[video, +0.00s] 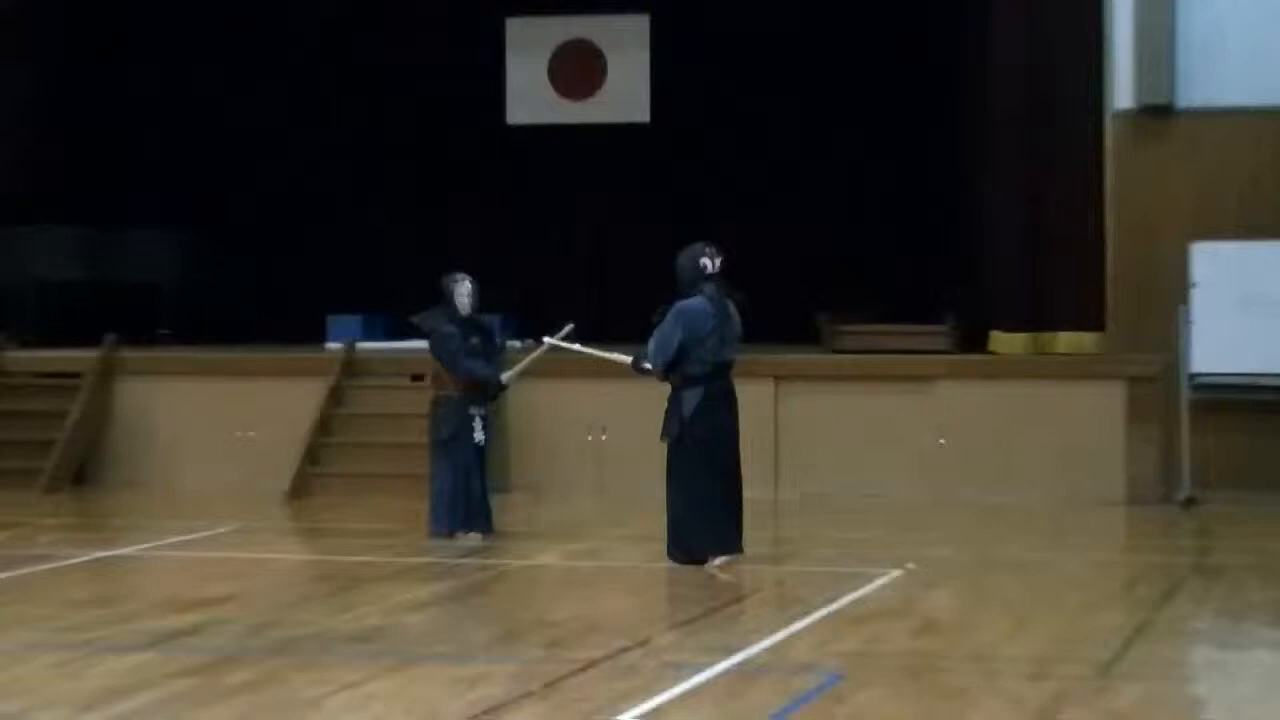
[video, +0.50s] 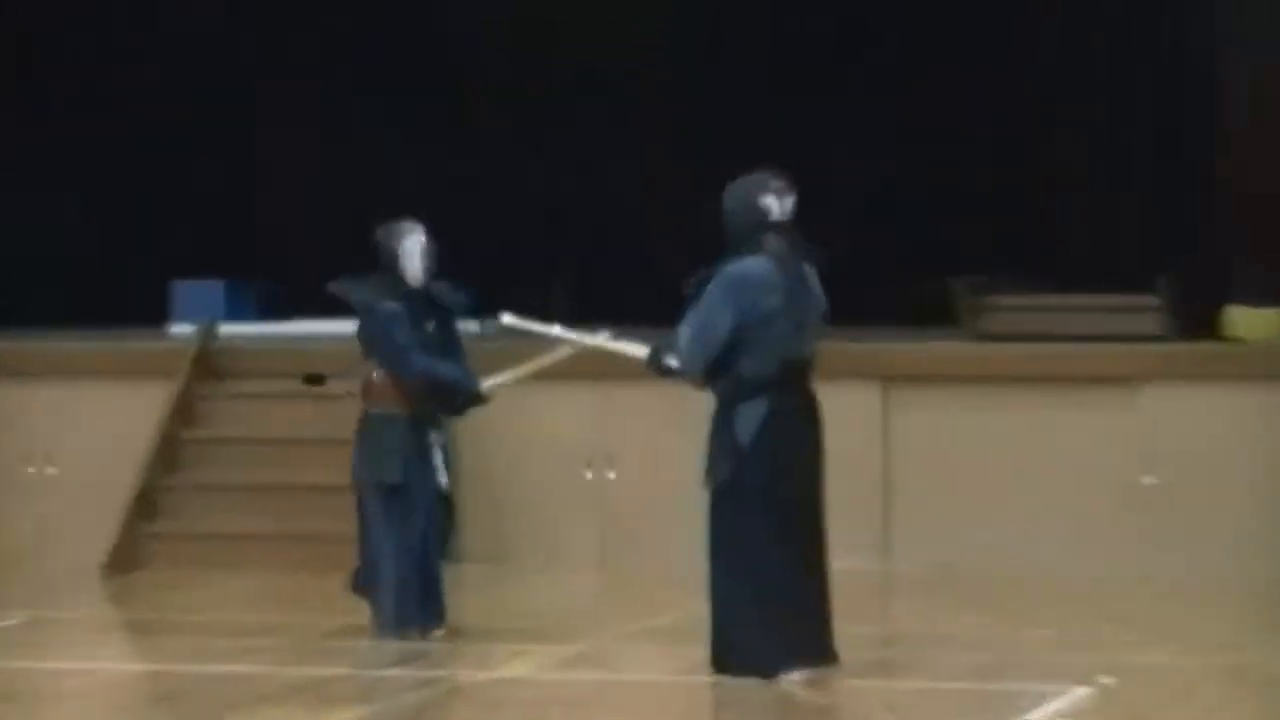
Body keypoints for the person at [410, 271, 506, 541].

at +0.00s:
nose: (467, 299)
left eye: (470, 293)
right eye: (462, 293)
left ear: (474, 296)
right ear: (451, 295)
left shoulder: (478, 326)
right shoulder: (443, 328)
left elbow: (490, 357)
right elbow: (458, 364)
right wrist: (491, 378)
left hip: (474, 400)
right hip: (449, 401)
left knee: (473, 463)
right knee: (452, 462)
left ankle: (475, 523)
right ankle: (448, 525)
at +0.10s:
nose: (461, 296)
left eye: (464, 290)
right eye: (456, 290)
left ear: (468, 292)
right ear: (444, 291)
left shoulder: (474, 324)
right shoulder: (437, 326)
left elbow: (486, 357)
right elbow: (453, 362)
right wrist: (491, 378)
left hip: (470, 401)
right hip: (444, 402)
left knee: (468, 466)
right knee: (446, 466)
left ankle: (470, 530)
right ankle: (440, 531)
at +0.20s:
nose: (447, 287)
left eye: (450, 281)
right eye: (441, 281)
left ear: (455, 283)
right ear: (429, 282)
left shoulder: (460, 318)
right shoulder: (419, 318)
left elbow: (474, 354)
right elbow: (437, 358)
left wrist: (478, 378)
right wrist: (477, 378)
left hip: (457, 403)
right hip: (429, 405)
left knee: (455, 474)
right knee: (430, 474)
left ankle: (456, 544)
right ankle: (425, 547)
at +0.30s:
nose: (435, 282)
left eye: (438, 275)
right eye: (428, 275)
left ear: (444, 278)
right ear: (413, 276)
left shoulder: (451, 313)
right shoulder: (402, 315)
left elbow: (465, 356)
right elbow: (423, 361)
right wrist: (468, 380)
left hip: (446, 405)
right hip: (414, 407)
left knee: (442, 483)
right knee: (413, 483)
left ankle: (442, 559)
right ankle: (405, 559)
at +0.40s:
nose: (419, 269)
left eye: (423, 260)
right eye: (410, 261)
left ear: (430, 265)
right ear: (395, 265)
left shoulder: (439, 308)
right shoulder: (387, 314)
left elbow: (453, 359)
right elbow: (410, 362)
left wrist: (456, 387)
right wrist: (462, 379)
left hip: (432, 414)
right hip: (399, 416)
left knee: (428, 501)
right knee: (401, 501)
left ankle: (429, 583)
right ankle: (396, 584)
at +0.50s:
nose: (420, 259)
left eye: (423, 250)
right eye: (411, 251)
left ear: (429, 254)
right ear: (392, 254)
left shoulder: (435, 305)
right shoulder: (381, 307)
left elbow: (456, 367)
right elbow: (406, 363)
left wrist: (443, 392)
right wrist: (460, 382)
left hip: (427, 424)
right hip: (388, 425)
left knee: (425, 520)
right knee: (395, 523)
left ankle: (424, 614)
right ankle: (394, 619)